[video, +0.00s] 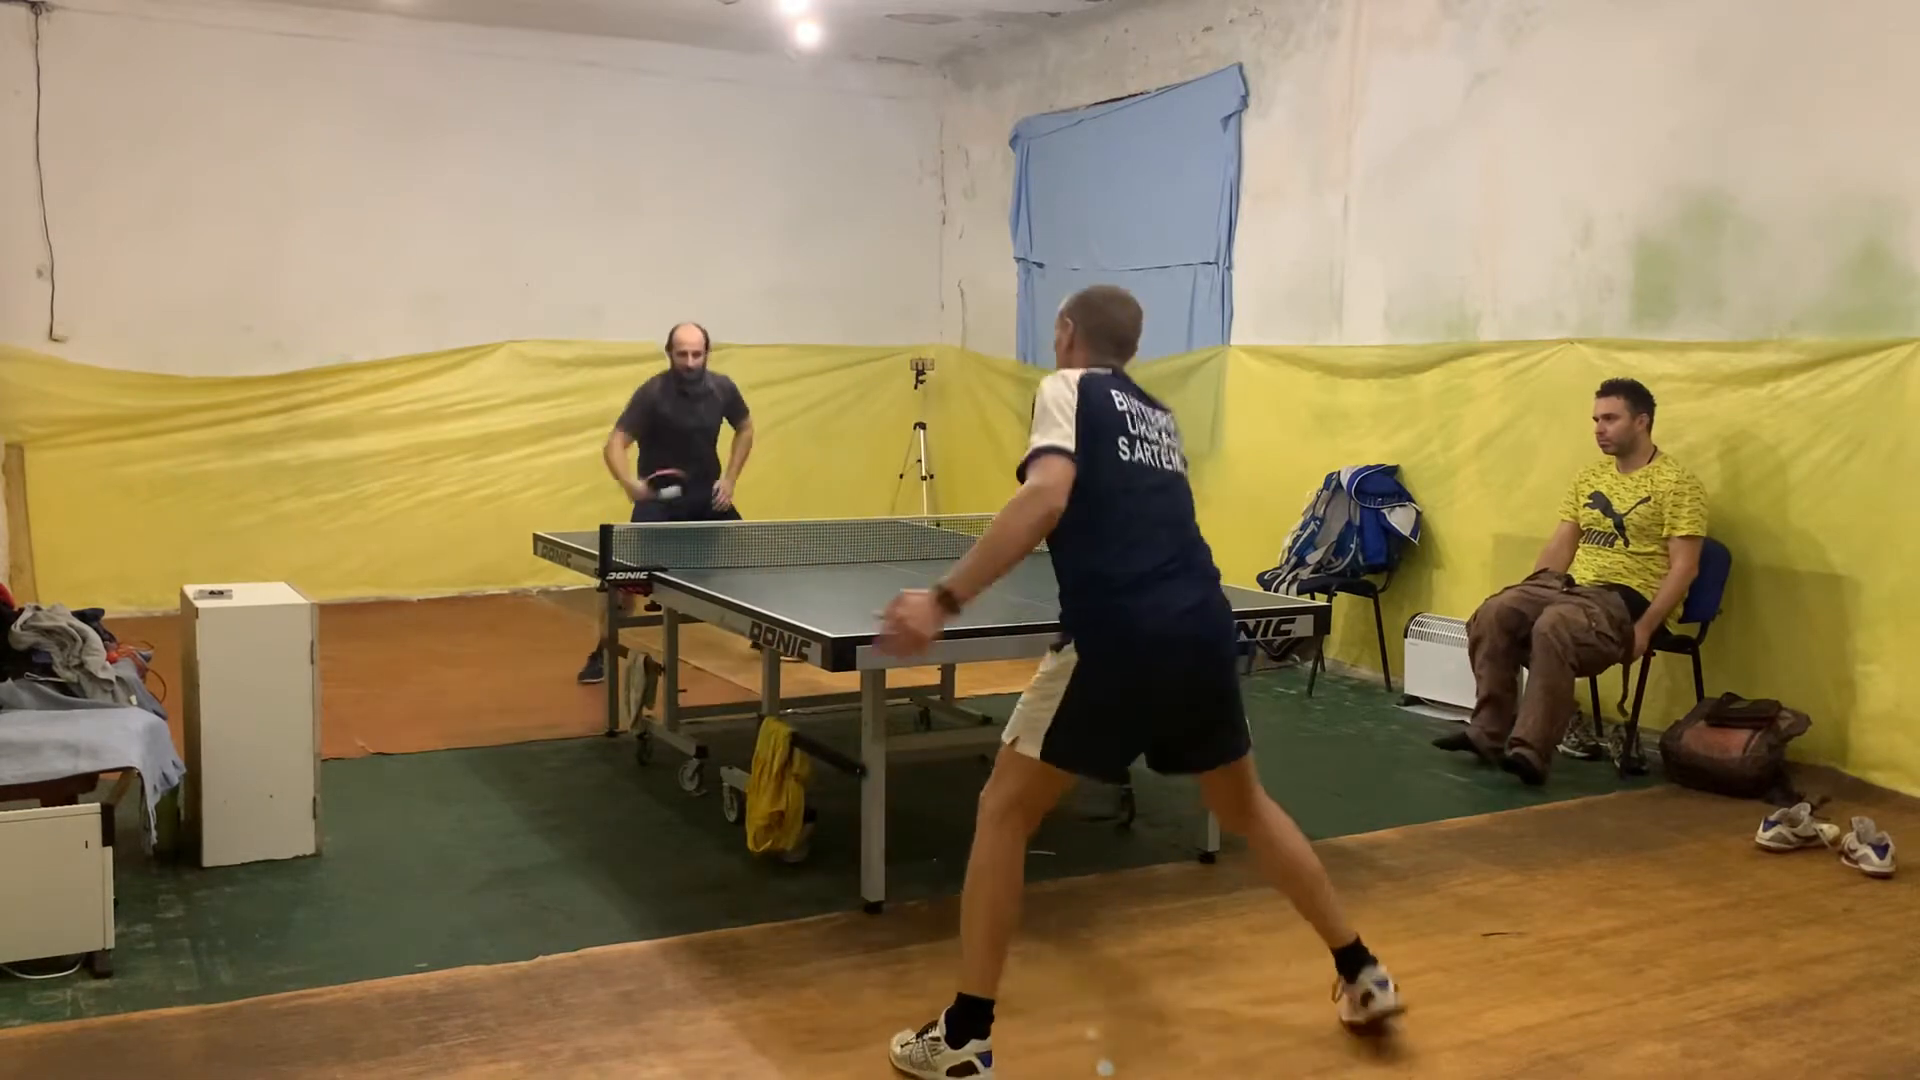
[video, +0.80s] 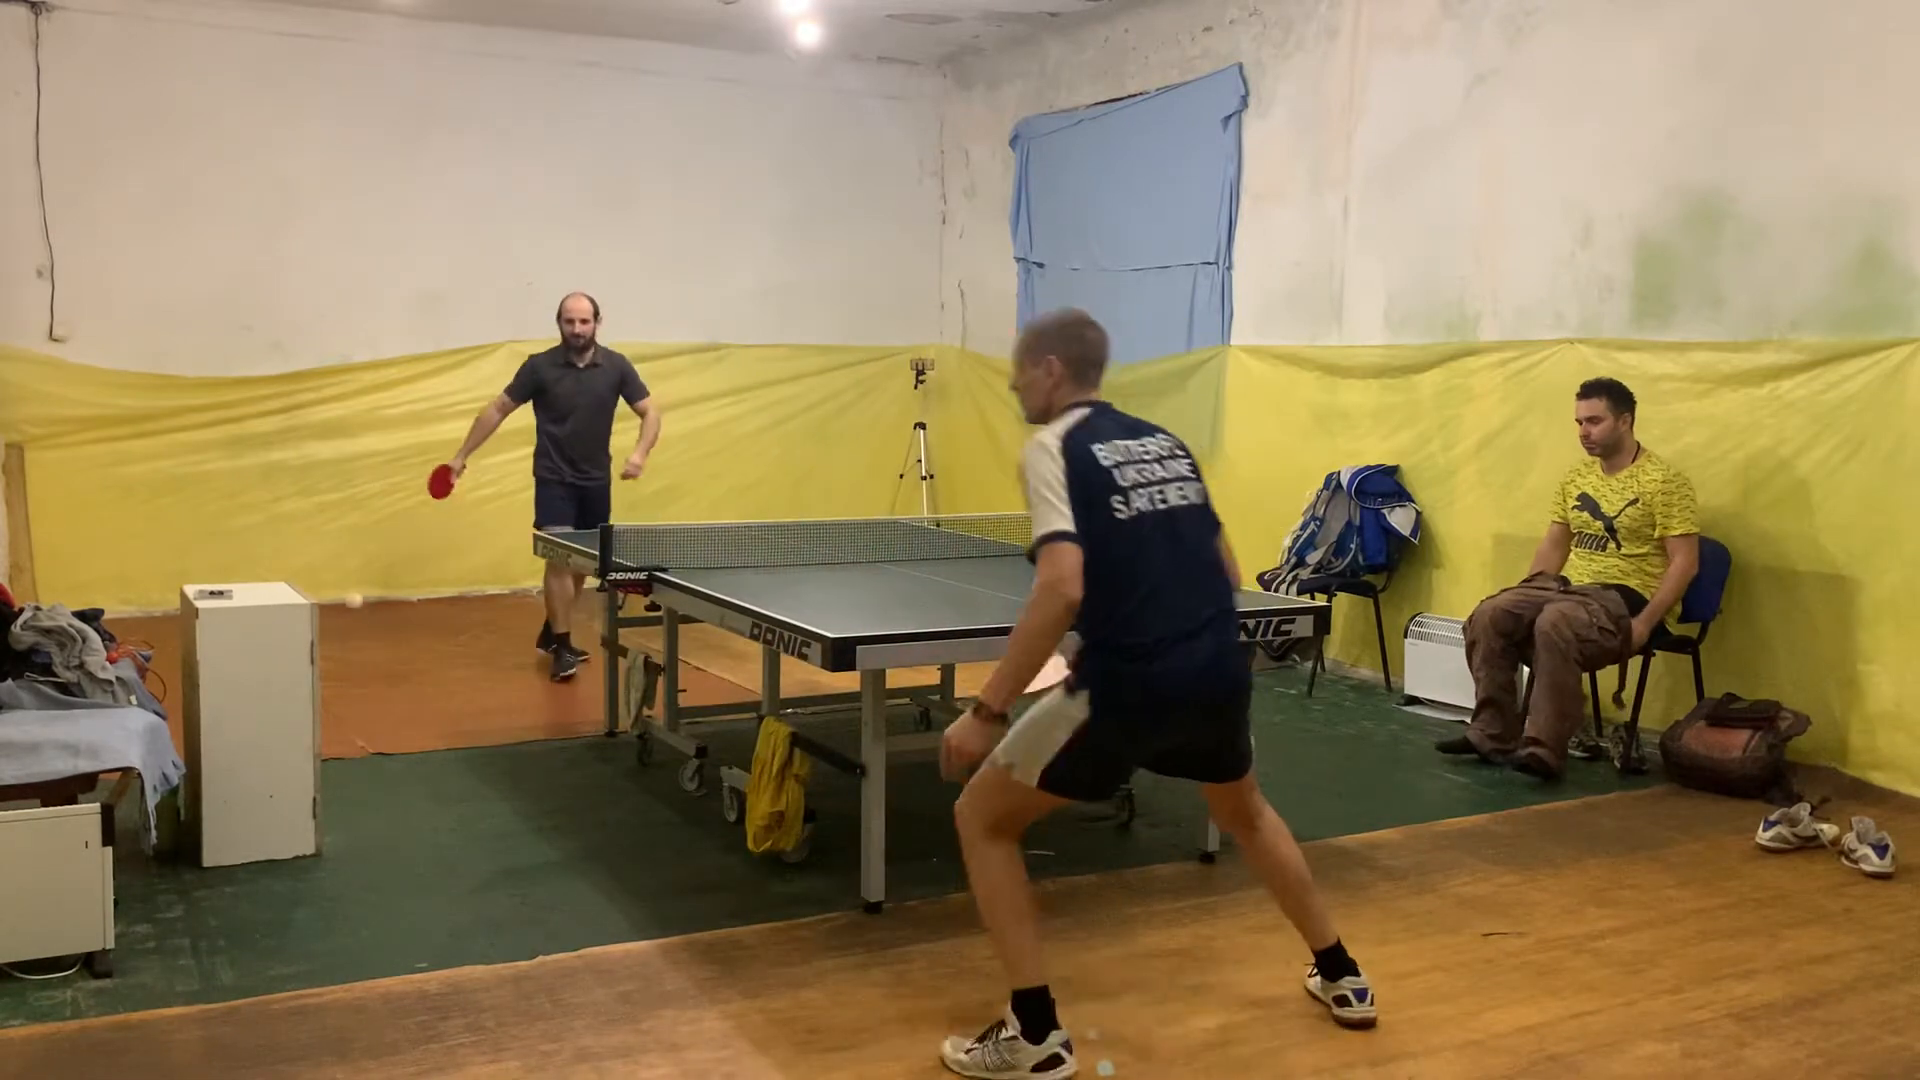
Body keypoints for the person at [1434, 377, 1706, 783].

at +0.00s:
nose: (1599, 429)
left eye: (1609, 419)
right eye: (1596, 420)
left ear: (1642, 421)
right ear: (1594, 422)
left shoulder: (1677, 482)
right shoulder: (1591, 476)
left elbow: (1684, 568)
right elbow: (1561, 545)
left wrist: (1644, 628)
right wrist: (1534, 593)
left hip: (1631, 596)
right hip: (1573, 588)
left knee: (1554, 626)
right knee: (1494, 615)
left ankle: (1531, 751)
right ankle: (1488, 734)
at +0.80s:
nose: (1583, 432)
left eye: (1593, 422)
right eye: (1579, 422)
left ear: (1626, 420)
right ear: (1576, 422)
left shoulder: (1663, 481)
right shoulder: (1577, 476)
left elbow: (1685, 561)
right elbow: (1554, 543)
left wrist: (1644, 622)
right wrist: (1532, 592)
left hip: (1631, 597)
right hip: (1570, 590)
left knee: (1555, 623)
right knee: (1489, 617)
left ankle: (1544, 749)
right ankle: (1493, 734)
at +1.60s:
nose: (1580, 414)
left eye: (1592, 405)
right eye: (1580, 405)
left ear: (1626, 412)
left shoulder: (1655, 471)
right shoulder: (1573, 466)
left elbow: (1650, 547)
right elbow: (1544, 541)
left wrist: (1583, 516)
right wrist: (1494, 510)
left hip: (1640, 601)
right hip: (1574, 591)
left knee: (1579, 648)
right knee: (1475, 630)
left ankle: (1577, 746)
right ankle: (1536, 722)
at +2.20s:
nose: (1577, 416)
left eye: (1588, 407)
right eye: (1577, 407)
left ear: (1623, 412)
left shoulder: (1654, 473)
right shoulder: (1571, 469)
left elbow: (1646, 549)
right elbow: (1552, 538)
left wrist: (1580, 516)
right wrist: (1531, 535)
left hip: (1638, 599)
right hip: (1573, 591)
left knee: (1579, 649)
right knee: (1475, 629)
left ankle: (1577, 746)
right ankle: (1535, 722)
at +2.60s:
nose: (1577, 417)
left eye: (1588, 408)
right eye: (1576, 409)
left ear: (1623, 413)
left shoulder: (1656, 474)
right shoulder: (1568, 471)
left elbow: (1663, 552)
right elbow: (1555, 546)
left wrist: (1597, 522)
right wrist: (1537, 539)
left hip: (1637, 600)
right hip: (1571, 592)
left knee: (1579, 650)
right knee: (1475, 629)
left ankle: (1577, 746)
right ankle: (1534, 721)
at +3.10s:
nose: (1577, 418)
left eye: (1588, 408)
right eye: (1577, 409)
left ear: (1622, 413)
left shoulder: (1656, 474)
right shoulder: (1569, 470)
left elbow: (1665, 557)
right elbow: (1543, 542)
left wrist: (1586, 536)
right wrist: (1537, 536)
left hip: (1637, 600)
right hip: (1572, 591)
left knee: (1578, 649)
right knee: (1475, 629)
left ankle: (1577, 745)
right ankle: (1535, 722)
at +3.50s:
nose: (1576, 419)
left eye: (1587, 410)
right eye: (1576, 410)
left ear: (1621, 415)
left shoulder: (1656, 475)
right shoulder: (1570, 471)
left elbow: (1665, 558)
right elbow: (1542, 544)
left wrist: (1589, 534)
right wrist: (1545, 536)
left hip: (1638, 599)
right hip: (1573, 591)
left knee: (1579, 649)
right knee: (1475, 629)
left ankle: (1577, 745)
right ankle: (1535, 721)